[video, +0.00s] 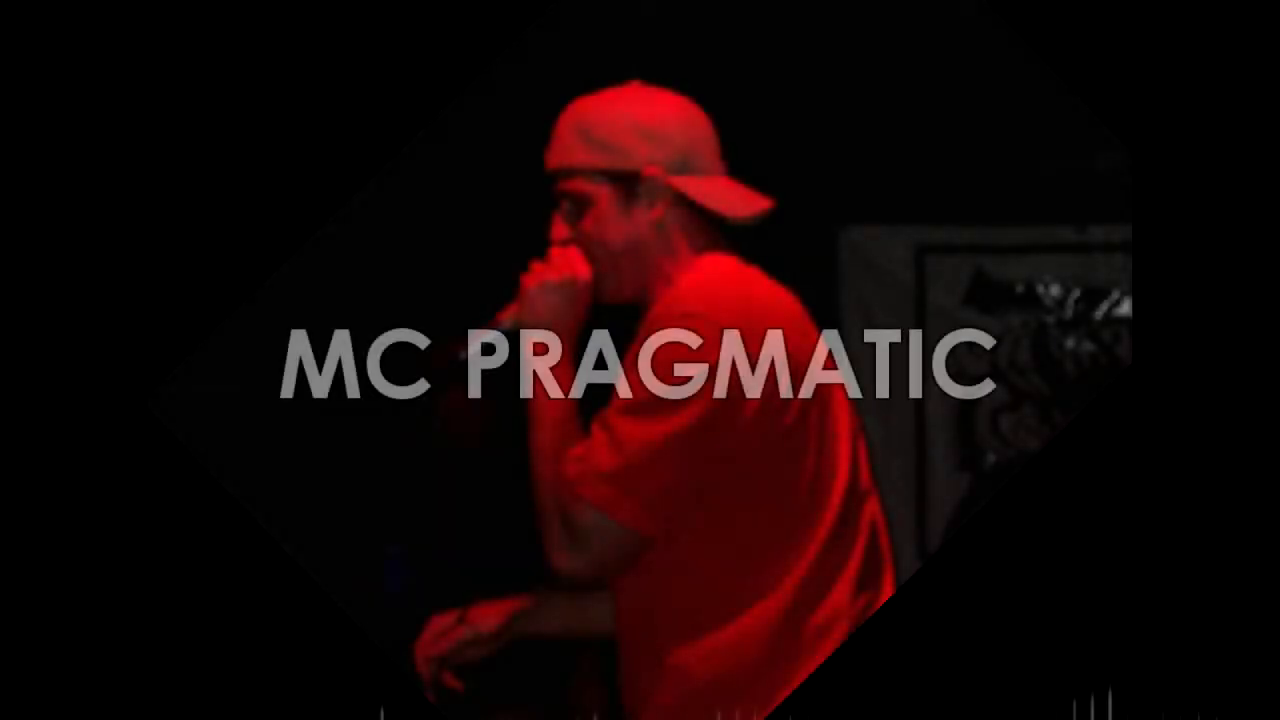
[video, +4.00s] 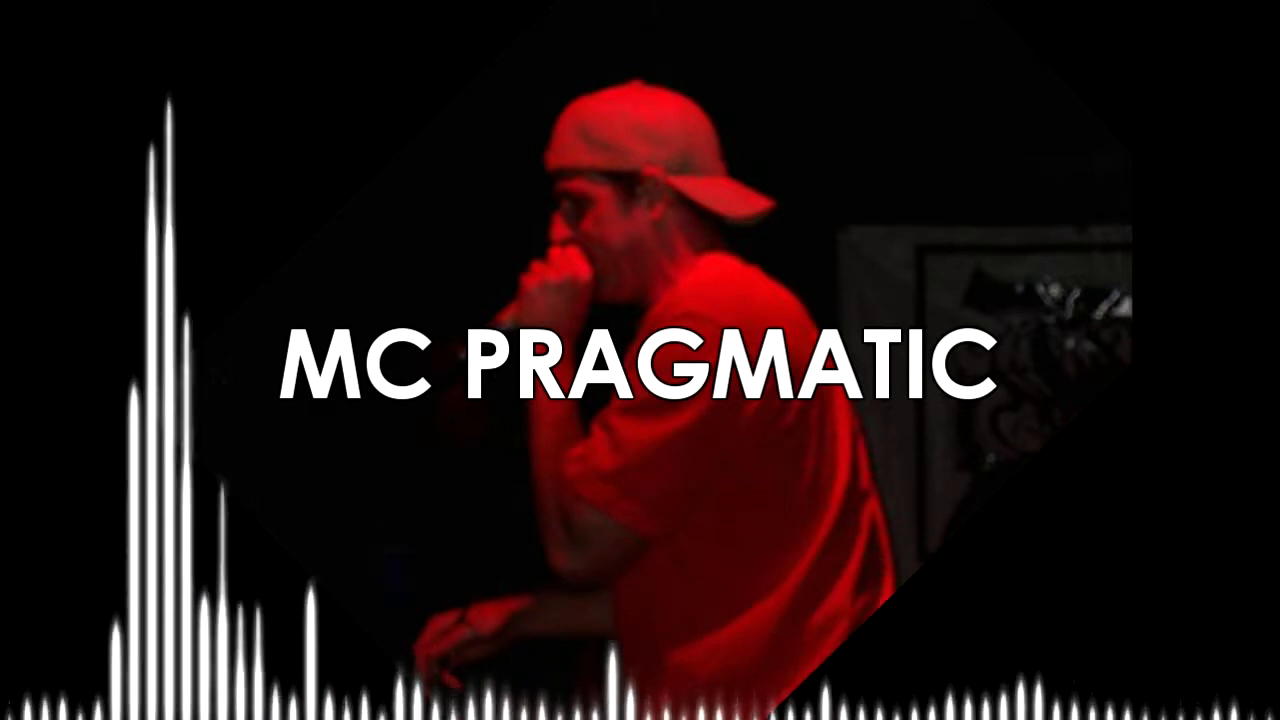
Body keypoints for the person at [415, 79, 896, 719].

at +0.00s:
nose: (559, 234)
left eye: (577, 206)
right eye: (559, 209)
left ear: (653, 200)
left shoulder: (705, 315)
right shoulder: (750, 305)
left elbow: (578, 542)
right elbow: (701, 576)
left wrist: (546, 348)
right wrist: (520, 621)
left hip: (731, 700)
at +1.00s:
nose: (558, 234)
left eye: (576, 207)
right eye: (559, 209)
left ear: (654, 201)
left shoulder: (707, 313)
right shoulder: (748, 304)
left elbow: (579, 541)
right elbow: (702, 576)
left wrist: (545, 348)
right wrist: (524, 616)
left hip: (736, 705)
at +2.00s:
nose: (559, 233)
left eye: (576, 206)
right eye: (559, 209)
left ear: (652, 199)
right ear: (649, 200)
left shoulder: (706, 314)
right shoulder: (746, 303)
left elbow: (577, 544)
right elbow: (700, 580)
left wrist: (546, 348)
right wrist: (520, 619)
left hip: (736, 704)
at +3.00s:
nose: (560, 233)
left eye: (577, 206)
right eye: (560, 209)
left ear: (652, 198)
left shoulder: (705, 314)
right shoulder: (747, 303)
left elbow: (577, 544)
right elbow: (702, 579)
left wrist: (546, 348)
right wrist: (521, 619)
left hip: (735, 706)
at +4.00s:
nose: (560, 233)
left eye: (577, 207)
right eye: (560, 209)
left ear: (653, 198)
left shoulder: (706, 314)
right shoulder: (744, 303)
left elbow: (577, 544)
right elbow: (696, 579)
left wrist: (545, 347)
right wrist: (518, 620)